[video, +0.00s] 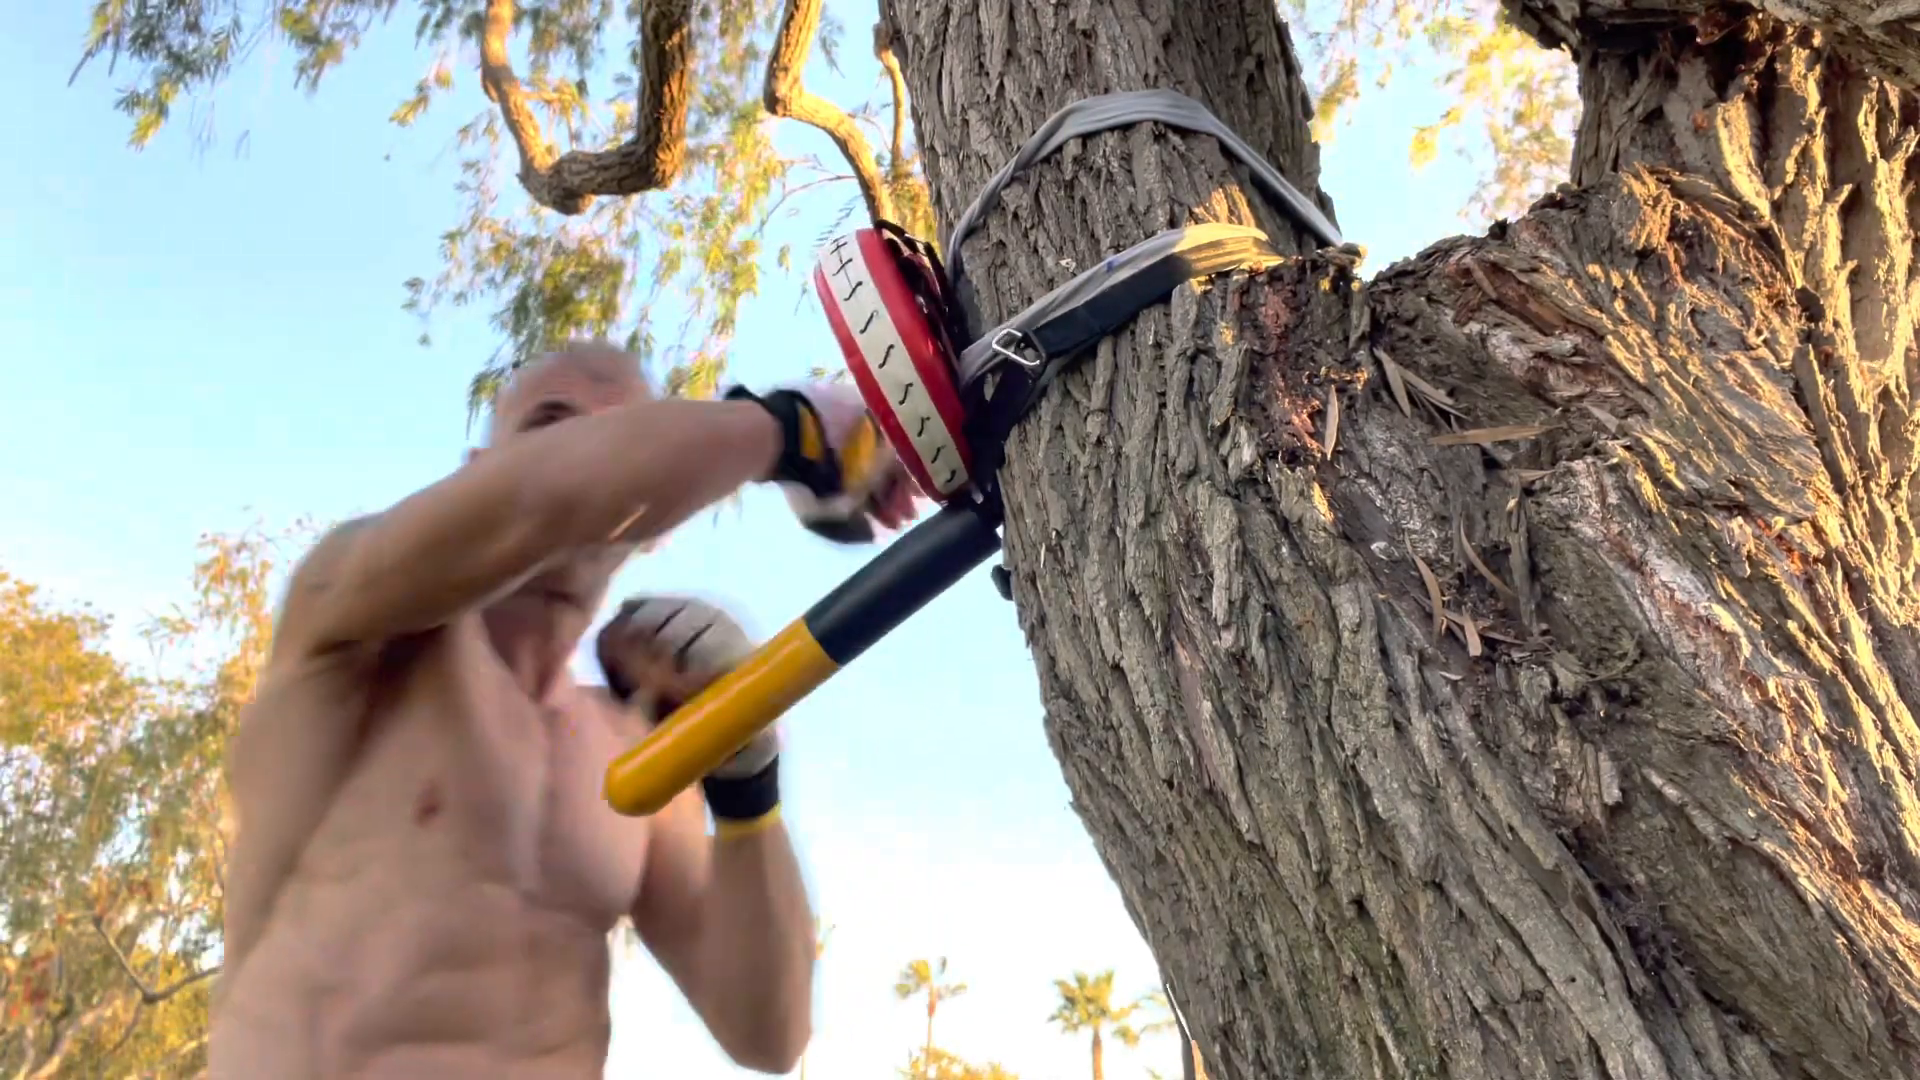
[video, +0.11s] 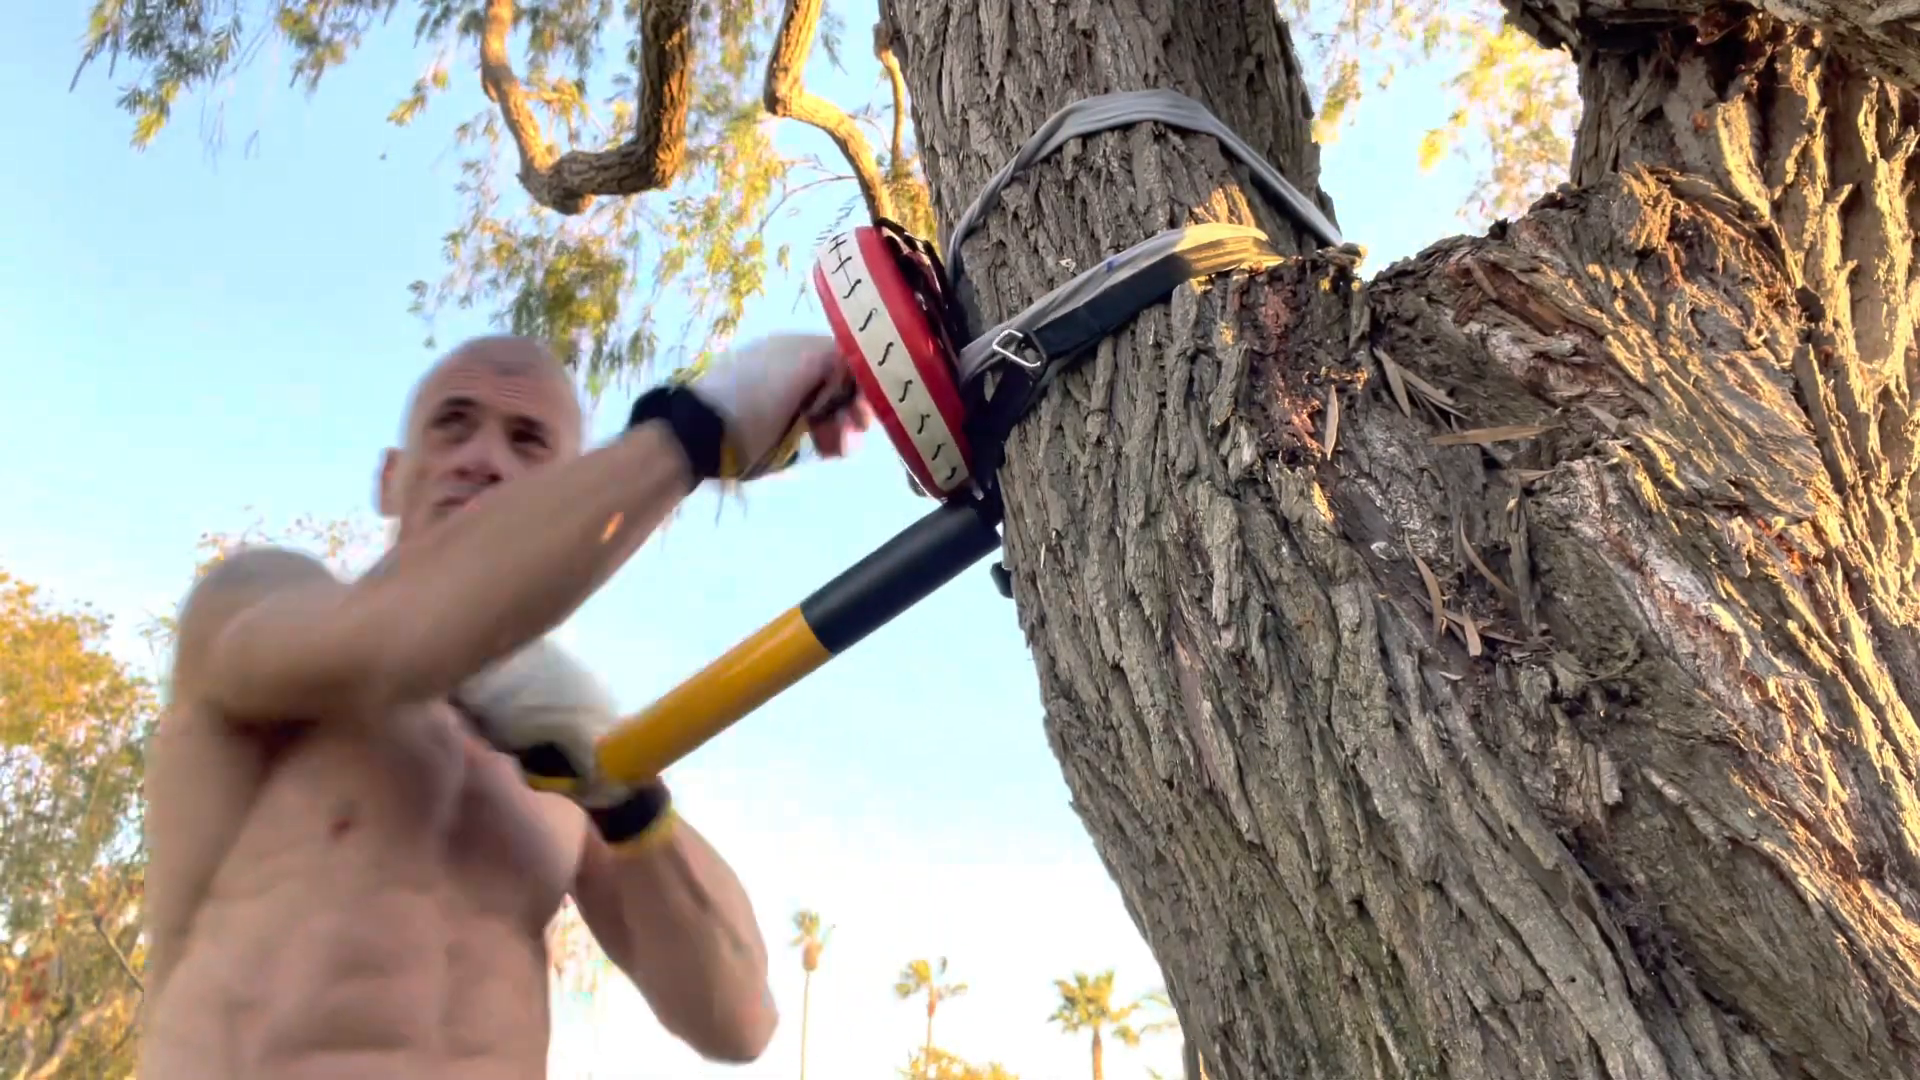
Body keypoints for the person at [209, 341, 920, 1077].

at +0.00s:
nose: (588, 467)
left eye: (624, 445)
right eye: (550, 426)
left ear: (672, 496)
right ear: (479, 464)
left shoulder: (639, 743)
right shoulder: (351, 609)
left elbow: (767, 1035)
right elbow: (548, 498)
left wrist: (745, 785)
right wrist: (794, 427)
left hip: (555, 1059)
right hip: (322, 1052)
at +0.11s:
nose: (486, 457)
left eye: (529, 440)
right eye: (454, 425)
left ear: (573, 489)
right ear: (393, 479)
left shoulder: (560, 766)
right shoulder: (254, 600)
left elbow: (735, 1026)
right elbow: (399, 644)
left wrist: (624, 795)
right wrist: (705, 428)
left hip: (495, 1060)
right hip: (259, 1052)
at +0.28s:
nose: (333, 450)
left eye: (383, 431)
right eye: (301, 415)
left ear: (443, 507)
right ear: (245, 470)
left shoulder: (487, 692)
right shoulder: (98, 657)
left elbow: (776, 724)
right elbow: (58, 952)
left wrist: (866, 500)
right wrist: (445, 799)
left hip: (415, 1062)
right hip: (155, 1061)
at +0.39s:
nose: (240, 436)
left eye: (293, 418)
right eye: (209, 399)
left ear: (353, 496)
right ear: (150, 456)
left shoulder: (423, 657)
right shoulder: (37, 672)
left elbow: (670, 699)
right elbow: (21, 925)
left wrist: (794, 473)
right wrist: (379, 800)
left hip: (383, 1061)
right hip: (105, 1060)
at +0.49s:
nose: (201, 423)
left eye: (253, 404)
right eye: (169, 391)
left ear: (322, 484)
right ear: (114, 458)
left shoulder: (418, 649)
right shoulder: (28, 677)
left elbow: (670, 705)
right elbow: (23, 907)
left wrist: (775, 492)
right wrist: (367, 771)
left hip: (378, 1061)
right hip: (96, 1062)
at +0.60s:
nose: (214, 413)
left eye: (267, 394)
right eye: (182, 382)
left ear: (333, 478)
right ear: (123, 452)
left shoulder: (429, 646)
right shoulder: (33, 681)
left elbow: (741, 728)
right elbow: (22, 906)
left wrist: (801, 494)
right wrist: (349, 775)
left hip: (400, 1063)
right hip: (112, 1066)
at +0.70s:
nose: (288, 417)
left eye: (336, 401)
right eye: (254, 384)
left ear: (390, 487)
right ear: (187, 447)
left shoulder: (470, 658)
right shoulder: (65, 682)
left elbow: (784, 762)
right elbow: (19, 891)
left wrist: (808, 533)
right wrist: (348, 749)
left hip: (431, 1061)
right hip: (157, 1065)